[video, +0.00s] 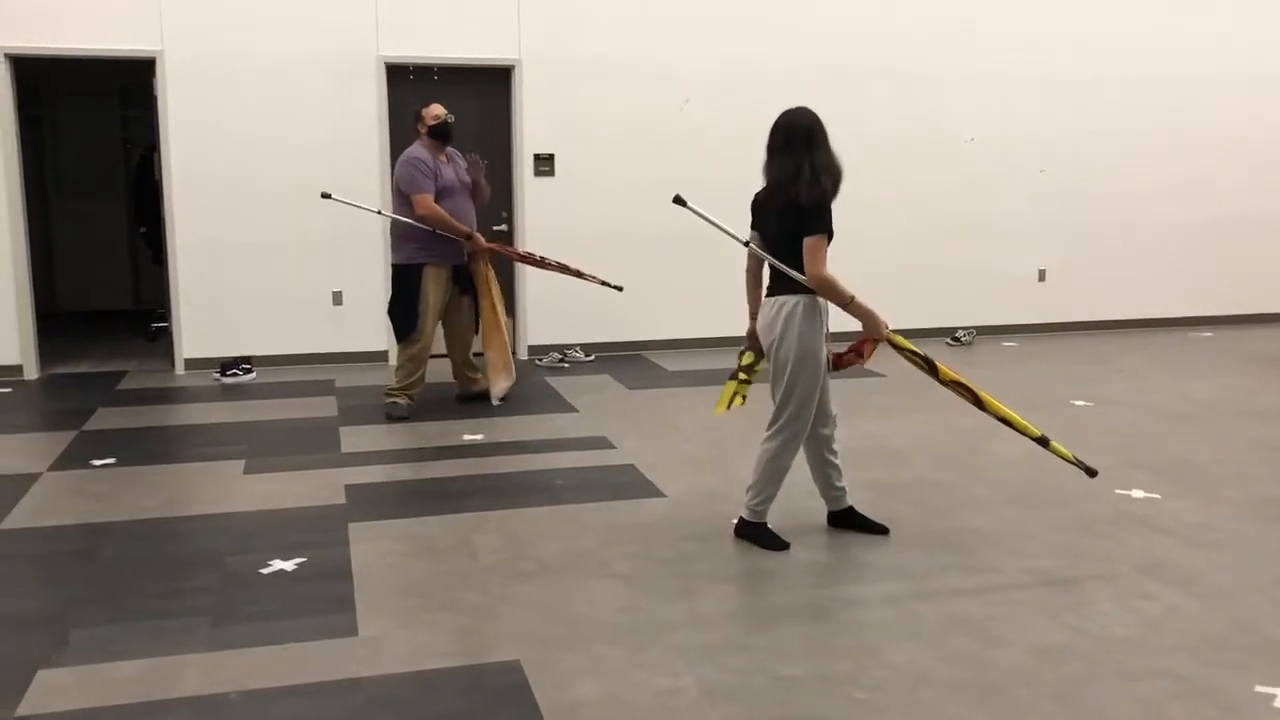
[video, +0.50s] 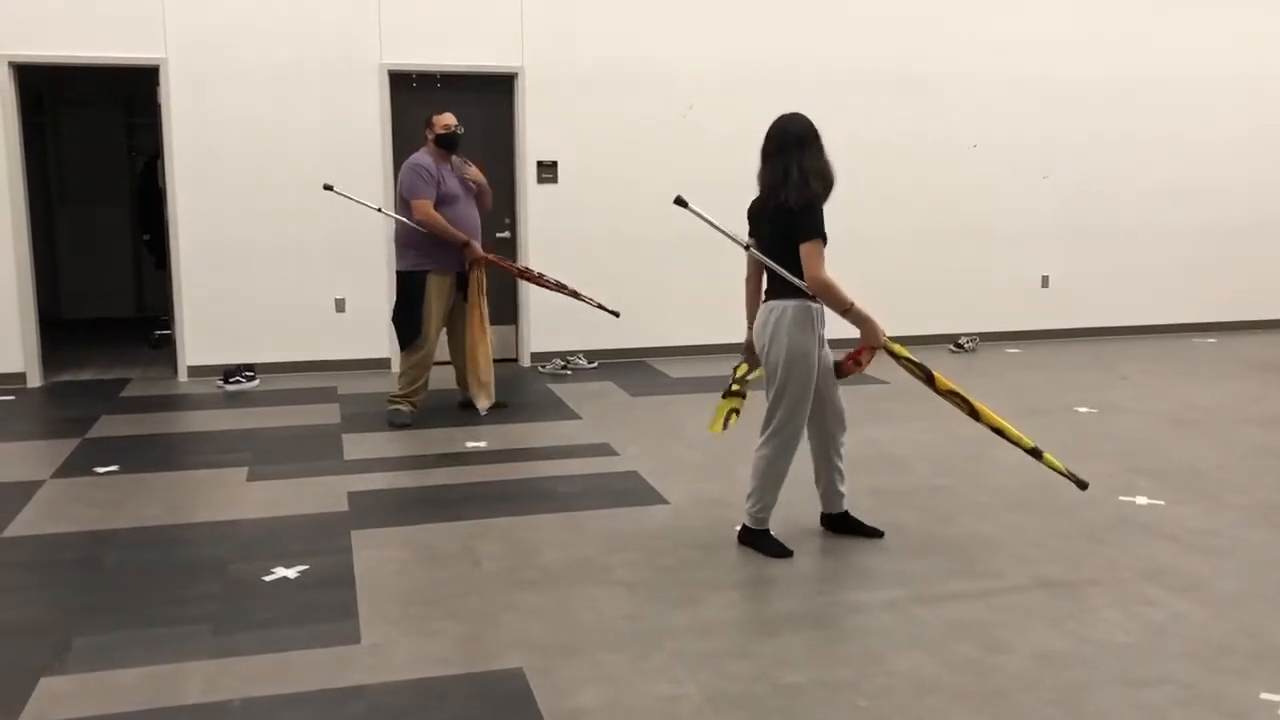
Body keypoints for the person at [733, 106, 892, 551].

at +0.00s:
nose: (829, 153)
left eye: (822, 145)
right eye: (825, 145)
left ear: (774, 149)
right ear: (819, 149)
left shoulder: (764, 200)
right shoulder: (813, 199)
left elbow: (754, 264)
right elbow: (815, 275)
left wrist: (754, 322)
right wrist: (866, 314)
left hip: (778, 311)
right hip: (800, 313)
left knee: (819, 417)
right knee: (793, 417)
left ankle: (839, 509)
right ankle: (752, 518)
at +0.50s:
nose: (822, 159)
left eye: (818, 150)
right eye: (818, 151)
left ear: (769, 157)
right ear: (810, 155)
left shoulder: (760, 207)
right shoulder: (804, 202)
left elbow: (754, 278)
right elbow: (815, 278)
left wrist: (752, 334)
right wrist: (864, 321)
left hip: (781, 317)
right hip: (795, 319)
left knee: (828, 418)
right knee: (786, 424)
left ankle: (834, 512)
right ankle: (755, 525)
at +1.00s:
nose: (830, 152)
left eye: (828, 144)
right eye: (825, 144)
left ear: (788, 142)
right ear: (812, 147)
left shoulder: (792, 192)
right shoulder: (800, 198)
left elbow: (808, 271)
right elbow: (817, 277)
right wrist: (870, 319)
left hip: (814, 312)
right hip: (798, 314)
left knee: (824, 417)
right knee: (784, 420)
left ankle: (832, 511)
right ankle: (752, 523)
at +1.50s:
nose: (842, 147)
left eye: (842, 139)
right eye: (837, 139)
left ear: (807, 141)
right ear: (817, 142)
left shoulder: (815, 194)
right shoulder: (803, 196)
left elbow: (824, 268)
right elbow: (822, 272)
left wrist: (854, 309)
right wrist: (871, 312)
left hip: (828, 312)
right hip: (802, 312)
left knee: (833, 416)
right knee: (784, 418)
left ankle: (835, 509)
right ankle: (755, 520)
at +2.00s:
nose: (844, 148)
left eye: (844, 140)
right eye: (838, 140)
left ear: (807, 140)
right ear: (819, 142)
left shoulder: (816, 192)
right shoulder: (804, 195)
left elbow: (823, 269)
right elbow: (824, 273)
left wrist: (854, 307)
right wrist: (874, 314)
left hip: (829, 311)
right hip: (805, 311)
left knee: (836, 414)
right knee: (789, 417)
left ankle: (843, 509)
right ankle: (762, 520)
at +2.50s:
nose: (840, 144)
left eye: (839, 136)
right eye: (835, 136)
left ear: (800, 135)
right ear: (819, 139)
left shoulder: (807, 189)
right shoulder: (805, 192)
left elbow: (818, 265)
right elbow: (825, 269)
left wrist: (852, 299)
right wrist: (875, 309)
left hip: (825, 305)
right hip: (805, 306)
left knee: (832, 410)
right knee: (789, 413)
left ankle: (843, 503)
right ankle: (762, 515)